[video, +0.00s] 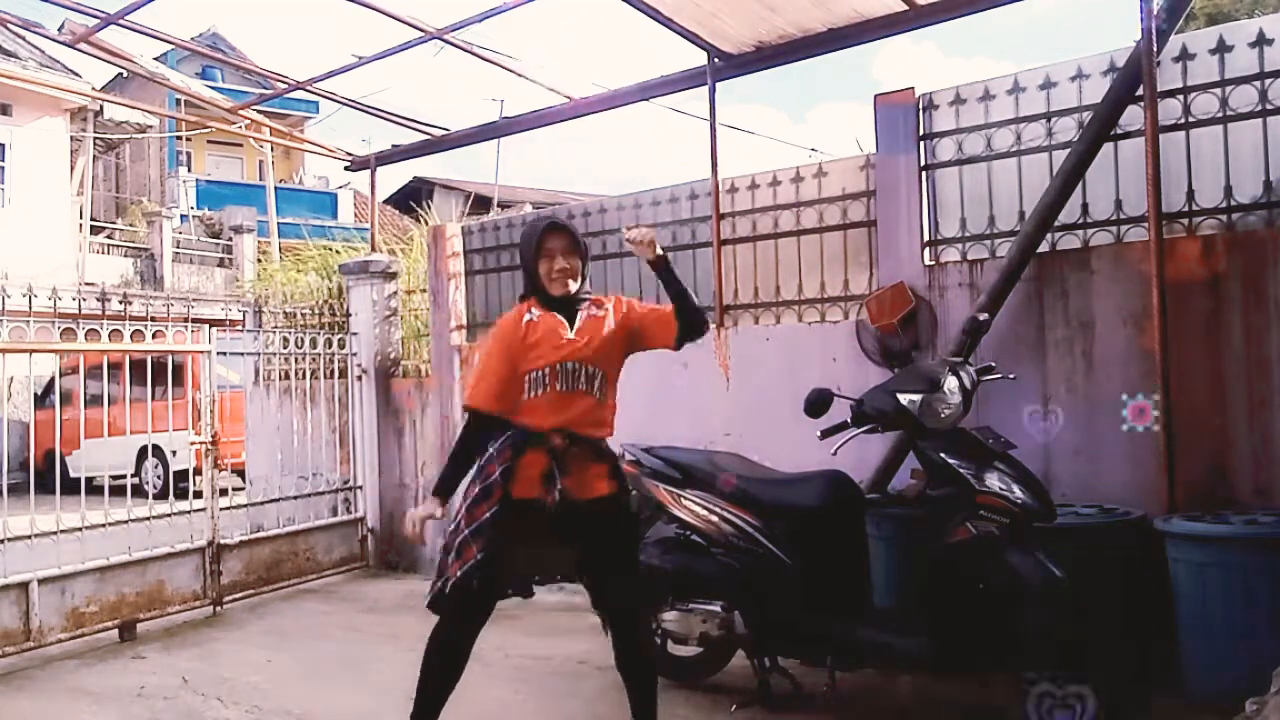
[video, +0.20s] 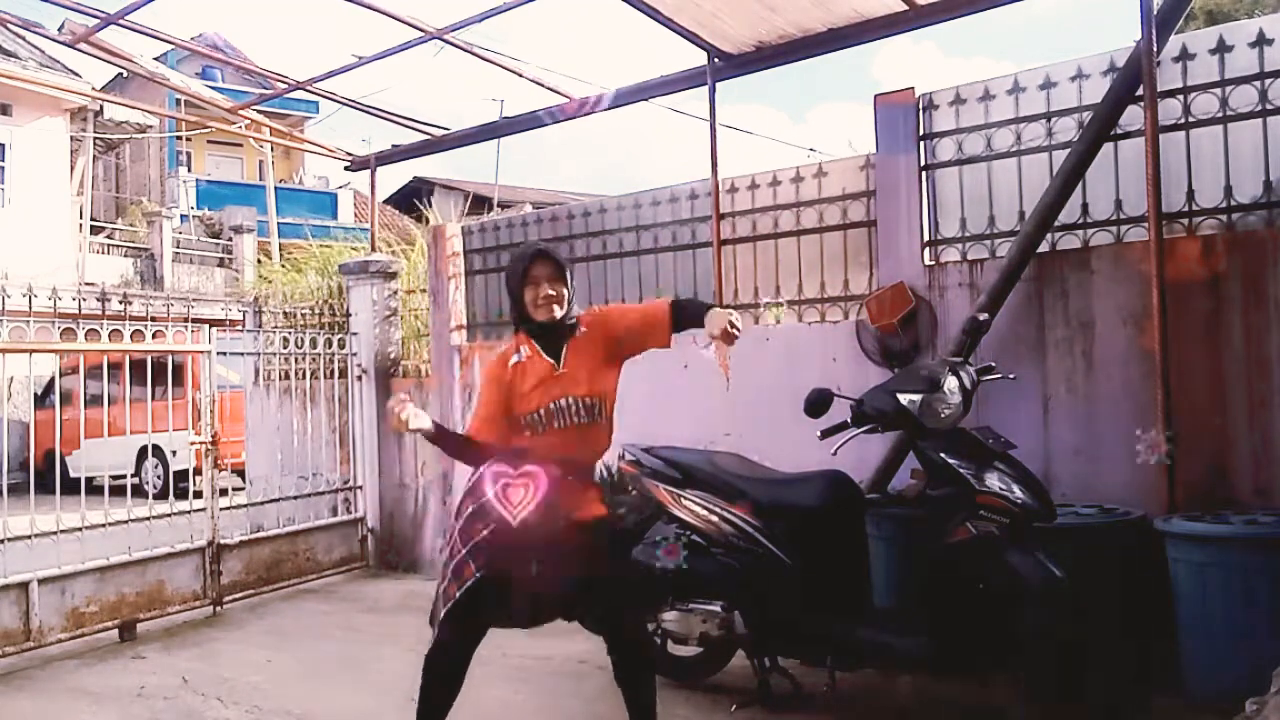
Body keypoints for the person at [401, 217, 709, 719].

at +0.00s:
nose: (560, 264)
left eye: (569, 254)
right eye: (547, 256)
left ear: (582, 260)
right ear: (532, 265)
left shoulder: (615, 315)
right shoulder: (514, 326)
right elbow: (483, 418)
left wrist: (658, 263)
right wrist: (439, 494)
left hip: (593, 489)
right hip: (516, 491)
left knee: (629, 618)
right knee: (461, 616)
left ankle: (645, 714)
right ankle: (422, 714)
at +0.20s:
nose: (547, 292)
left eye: (554, 281)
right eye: (534, 285)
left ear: (568, 287)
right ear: (518, 296)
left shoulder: (601, 329)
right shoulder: (503, 367)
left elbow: (667, 313)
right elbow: (483, 453)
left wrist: (710, 315)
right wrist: (429, 426)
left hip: (590, 519)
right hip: (522, 522)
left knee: (629, 635)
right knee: (457, 627)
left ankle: (643, 717)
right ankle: (428, 716)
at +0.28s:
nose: (531, 272)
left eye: (541, 262)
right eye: (520, 263)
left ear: (555, 267)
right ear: (505, 272)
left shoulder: (588, 316)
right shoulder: (486, 335)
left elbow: (661, 339)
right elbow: (450, 415)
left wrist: (729, 375)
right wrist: (415, 358)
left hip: (571, 477)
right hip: (497, 478)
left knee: (616, 610)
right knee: (456, 609)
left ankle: (644, 714)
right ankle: (420, 717)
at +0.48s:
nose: (507, 291)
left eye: (516, 281)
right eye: (495, 281)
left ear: (528, 290)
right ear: (476, 287)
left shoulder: (542, 359)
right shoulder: (449, 321)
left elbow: (566, 442)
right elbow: (372, 354)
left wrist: (600, 496)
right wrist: (401, 338)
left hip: (547, 489)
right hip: (477, 492)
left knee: (610, 607)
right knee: (445, 629)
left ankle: (640, 713)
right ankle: (425, 718)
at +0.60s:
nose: (510, 286)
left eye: (519, 276)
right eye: (498, 276)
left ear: (531, 284)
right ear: (477, 283)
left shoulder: (544, 345)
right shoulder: (449, 326)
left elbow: (593, 413)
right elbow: (391, 373)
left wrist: (601, 345)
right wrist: (354, 424)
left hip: (550, 474)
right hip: (478, 481)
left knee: (605, 601)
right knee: (446, 620)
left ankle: (636, 712)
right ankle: (422, 714)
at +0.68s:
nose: (516, 269)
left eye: (525, 258)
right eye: (504, 260)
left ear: (539, 265)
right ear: (484, 267)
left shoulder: (561, 321)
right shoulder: (458, 322)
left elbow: (624, 368)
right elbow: (413, 392)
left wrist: (613, 299)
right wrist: (364, 454)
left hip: (561, 477)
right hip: (485, 482)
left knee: (608, 595)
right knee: (448, 611)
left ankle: (640, 711)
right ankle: (421, 716)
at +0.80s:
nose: (537, 282)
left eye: (546, 272)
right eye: (525, 274)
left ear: (560, 278)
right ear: (509, 282)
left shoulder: (593, 321)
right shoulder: (498, 343)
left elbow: (668, 312)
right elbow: (468, 431)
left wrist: (618, 269)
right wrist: (429, 498)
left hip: (578, 508)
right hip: (504, 510)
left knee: (624, 618)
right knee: (454, 629)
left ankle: (639, 715)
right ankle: (427, 717)